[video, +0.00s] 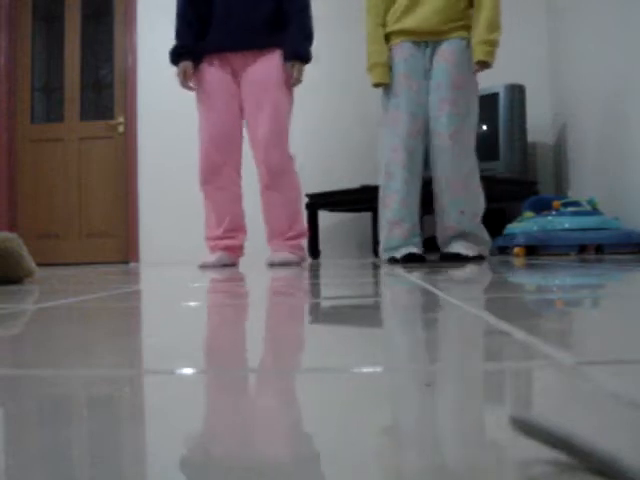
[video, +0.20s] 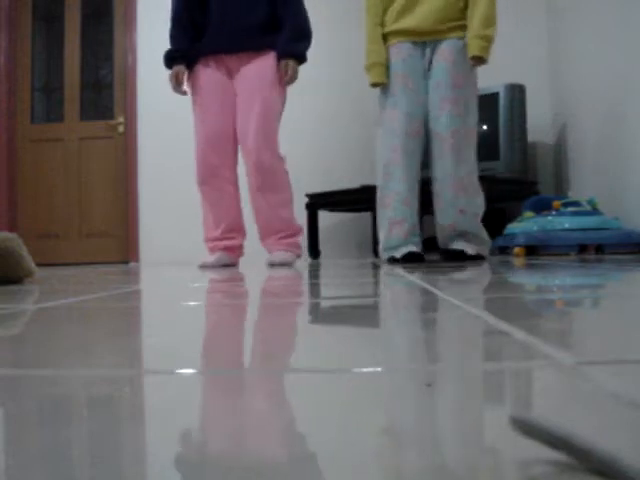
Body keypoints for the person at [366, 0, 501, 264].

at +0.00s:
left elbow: (487, 1)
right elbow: (376, 4)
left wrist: (484, 38)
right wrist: (377, 54)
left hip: (456, 31)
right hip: (403, 32)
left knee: (452, 136)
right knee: (402, 139)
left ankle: (462, 239)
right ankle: (402, 243)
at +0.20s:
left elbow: (483, 0)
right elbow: (374, 4)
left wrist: (480, 33)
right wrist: (375, 54)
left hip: (454, 31)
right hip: (400, 32)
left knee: (453, 134)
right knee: (400, 138)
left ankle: (461, 239)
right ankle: (401, 243)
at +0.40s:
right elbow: (373, 4)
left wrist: (482, 31)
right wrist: (371, 46)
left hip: (458, 27)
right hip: (402, 29)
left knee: (464, 135)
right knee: (401, 136)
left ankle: (474, 234)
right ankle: (400, 238)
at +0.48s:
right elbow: (374, 4)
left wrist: (484, 36)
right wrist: (369, 44)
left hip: (464, 28)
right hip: (408, 29)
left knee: (472, 139)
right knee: (411, 137)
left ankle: (480, 240)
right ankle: (406, 242)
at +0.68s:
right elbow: (374, 4)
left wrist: (476, 29)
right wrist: (370, 61)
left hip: (466, 30)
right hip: (412, 31)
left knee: (478, 140)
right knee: (416, 139)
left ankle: (484, 240)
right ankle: (410, 242)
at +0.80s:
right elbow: (377, 6)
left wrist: (472, 17)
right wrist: (376, 62)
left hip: (465, 30)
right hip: (413, 31)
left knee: (477, 139)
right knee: (416, 139)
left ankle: (483, 239)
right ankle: (410, 243)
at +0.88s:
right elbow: (378, 7)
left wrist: (474, 25)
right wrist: (382, 61)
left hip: (466, 36)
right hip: (412, 36)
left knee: (478, 142)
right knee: (415, 141)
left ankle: (483, 239)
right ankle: (410, 243)